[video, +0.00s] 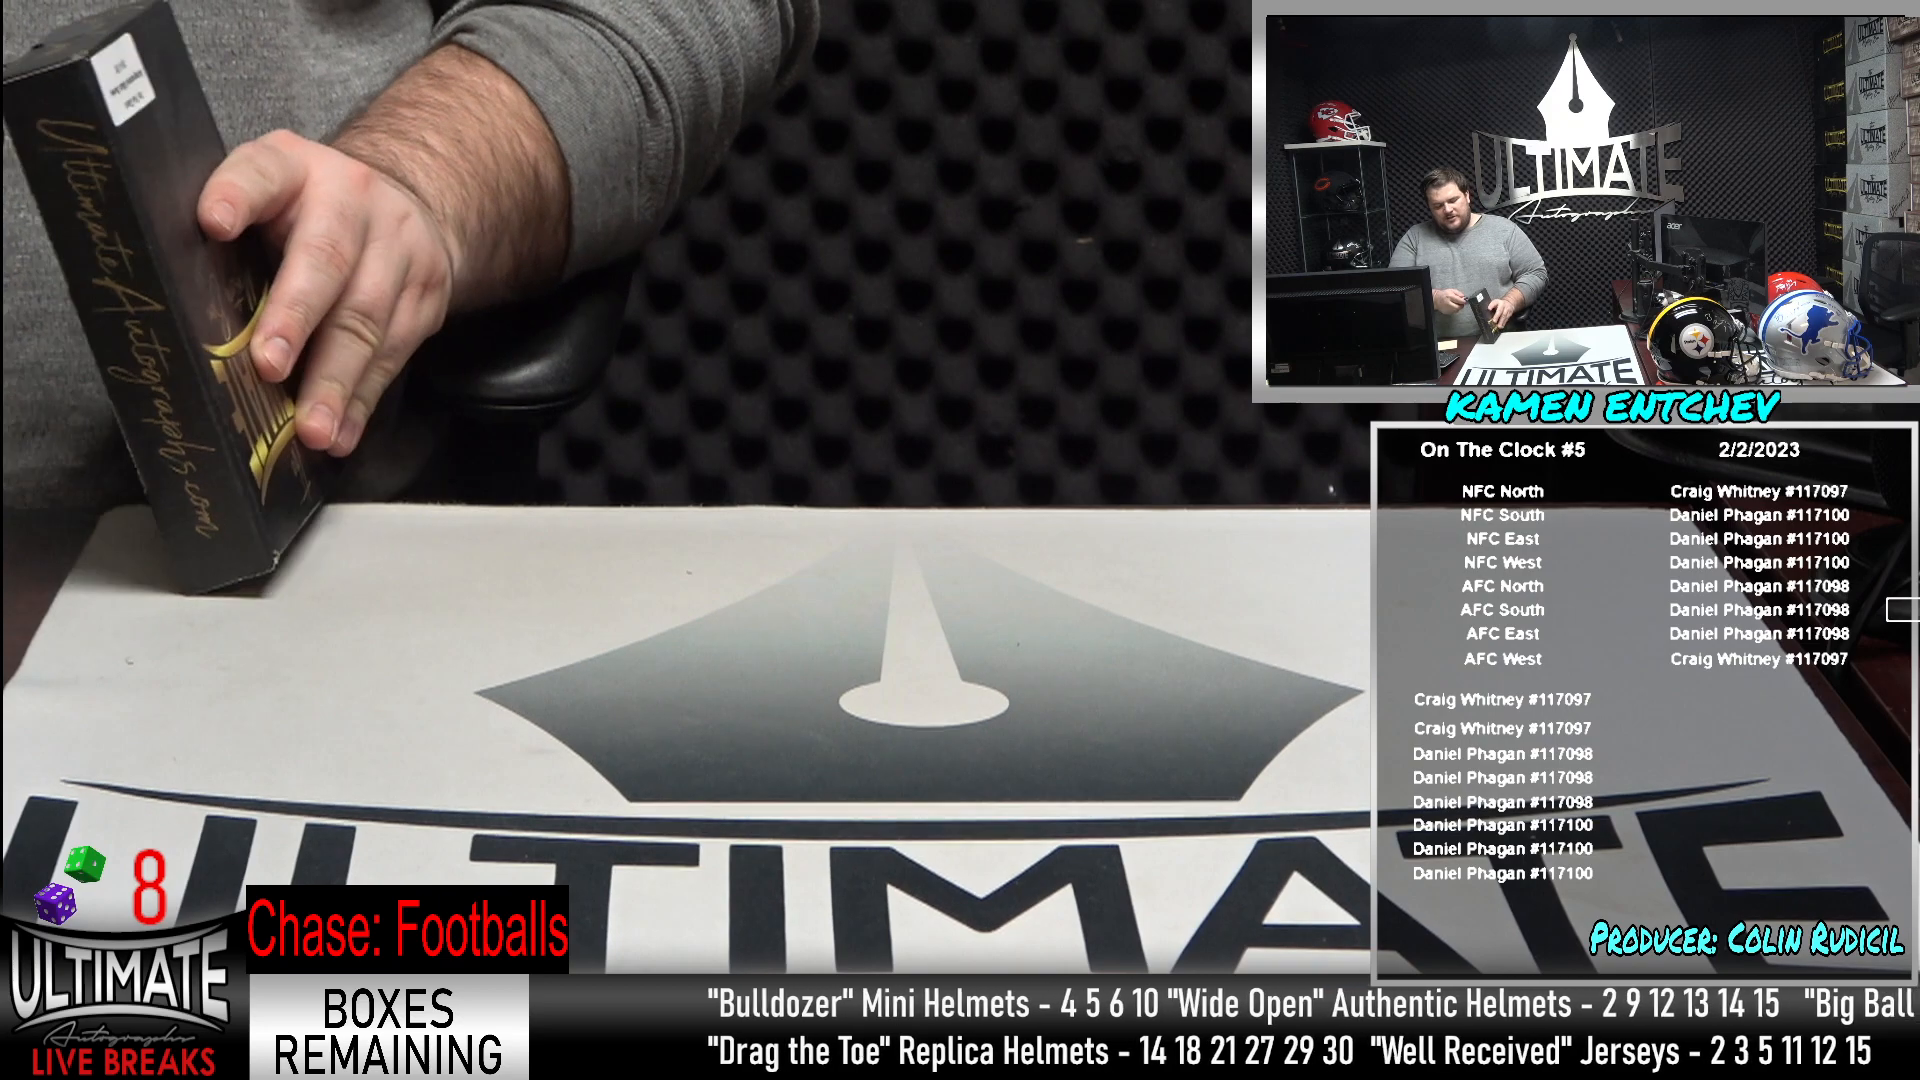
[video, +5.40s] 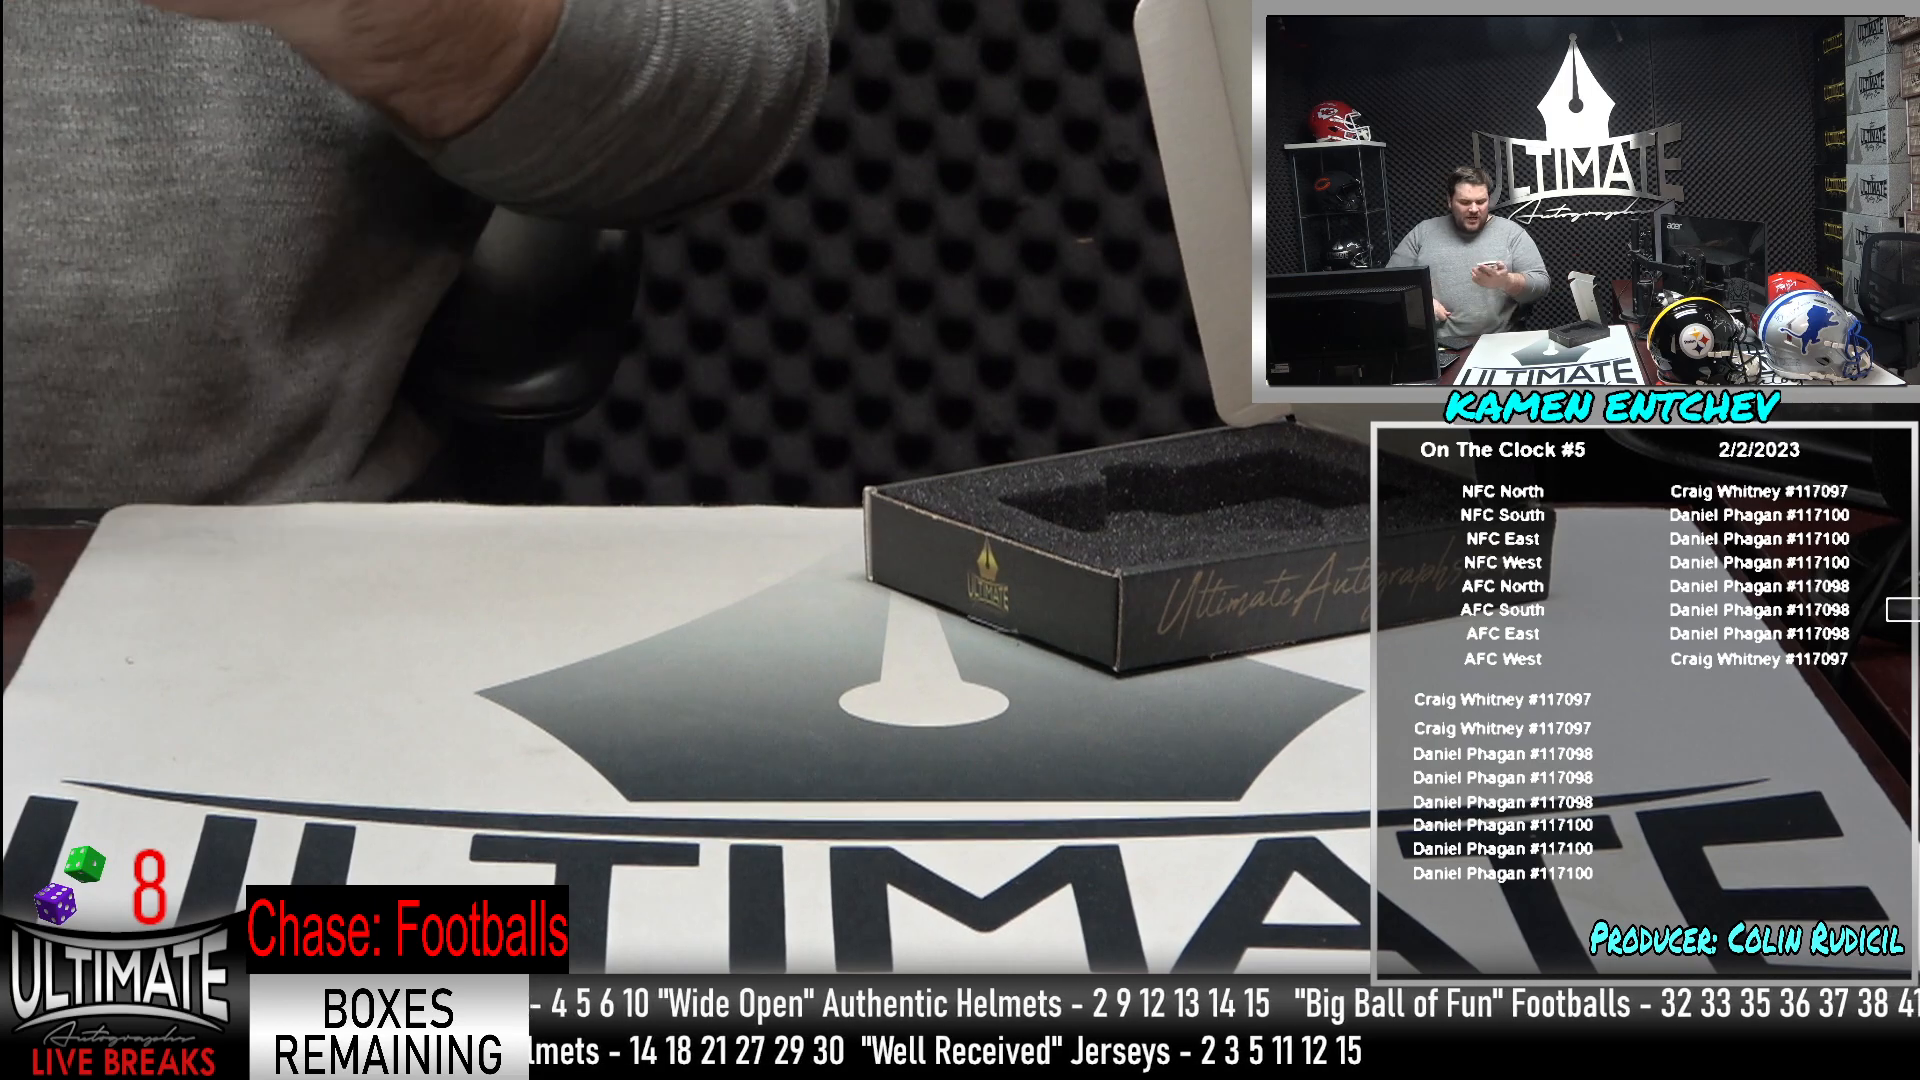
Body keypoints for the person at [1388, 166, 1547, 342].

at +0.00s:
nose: (1448, 210)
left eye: (1453, 200)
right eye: (1439, 206)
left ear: (1467, 196)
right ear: (1430, 208)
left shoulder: (1504, 230)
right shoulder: (1415, 239)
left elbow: (1535, 273)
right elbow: (1394, 287)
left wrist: (1510, 301)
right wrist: (1434, 298)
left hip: (1501, 346)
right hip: (1438, 351)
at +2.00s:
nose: (1463, 218)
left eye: (1469, 209)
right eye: (1454, 210)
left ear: (1478, 203)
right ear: (1439, 206)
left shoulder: (1506, 232)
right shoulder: (1416, 238)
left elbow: (1540, 272)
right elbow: (1391, 288)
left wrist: (1520, 281)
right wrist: (1425, 304)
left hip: (1499, 347)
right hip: (1434, 352)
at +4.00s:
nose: (1471, 218)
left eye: (1478, 211)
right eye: (1463, 210)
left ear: (1485, 205)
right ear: (1446, 203)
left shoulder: (1506, 231)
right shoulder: (1418, 235)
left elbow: (1538, 285)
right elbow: (1394, 287)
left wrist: (1517, 266)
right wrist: (1435, 292)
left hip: (1497, 346)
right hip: (1436, 350)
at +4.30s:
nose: (1459, 213)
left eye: (1467, 206)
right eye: (1452, 205)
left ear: (1479, 204)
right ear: (1441, 202)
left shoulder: (1507, 234)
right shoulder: (1417, 236)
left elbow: (1527, 276)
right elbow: (1391, 289)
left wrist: (1548, 272)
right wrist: (1424, 293)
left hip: (1494, 347)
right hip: (1433, 351)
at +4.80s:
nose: (1461, 209)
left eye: (1468, 200)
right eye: (1452, 202)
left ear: (1480, 199)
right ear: (1441, 203)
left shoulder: (1508, 233)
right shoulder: (1418, 235)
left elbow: (1542, 277)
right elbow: (1392, 287)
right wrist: (1428, 289)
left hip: (1496, 346)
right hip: (1434, 351)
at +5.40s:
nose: (1474, 209)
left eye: (1480, 201)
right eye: (1465, 202)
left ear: (1489, 200)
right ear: (1450, 201)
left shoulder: (1511, 234)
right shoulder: (1424, 234)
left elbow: (1541, 283)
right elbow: (1389, 280)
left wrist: (1507, 282)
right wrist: (1422, 301)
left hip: (1497, 346)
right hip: (1437, 350)